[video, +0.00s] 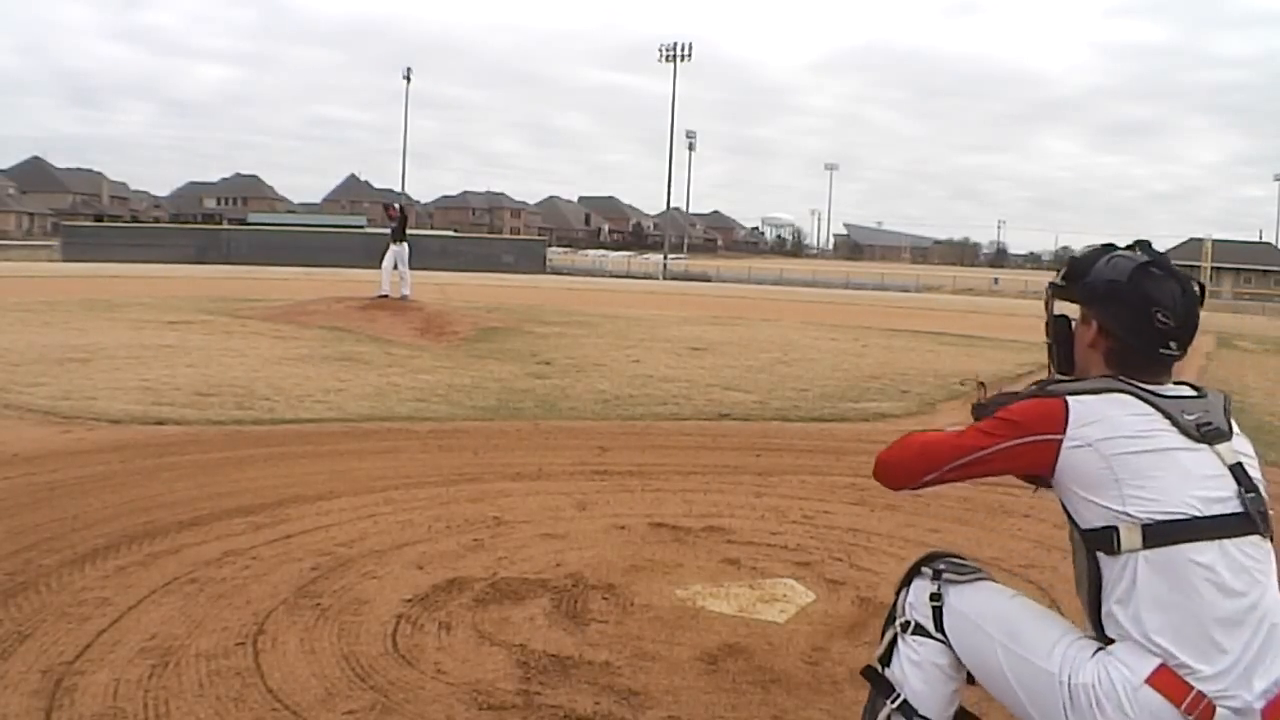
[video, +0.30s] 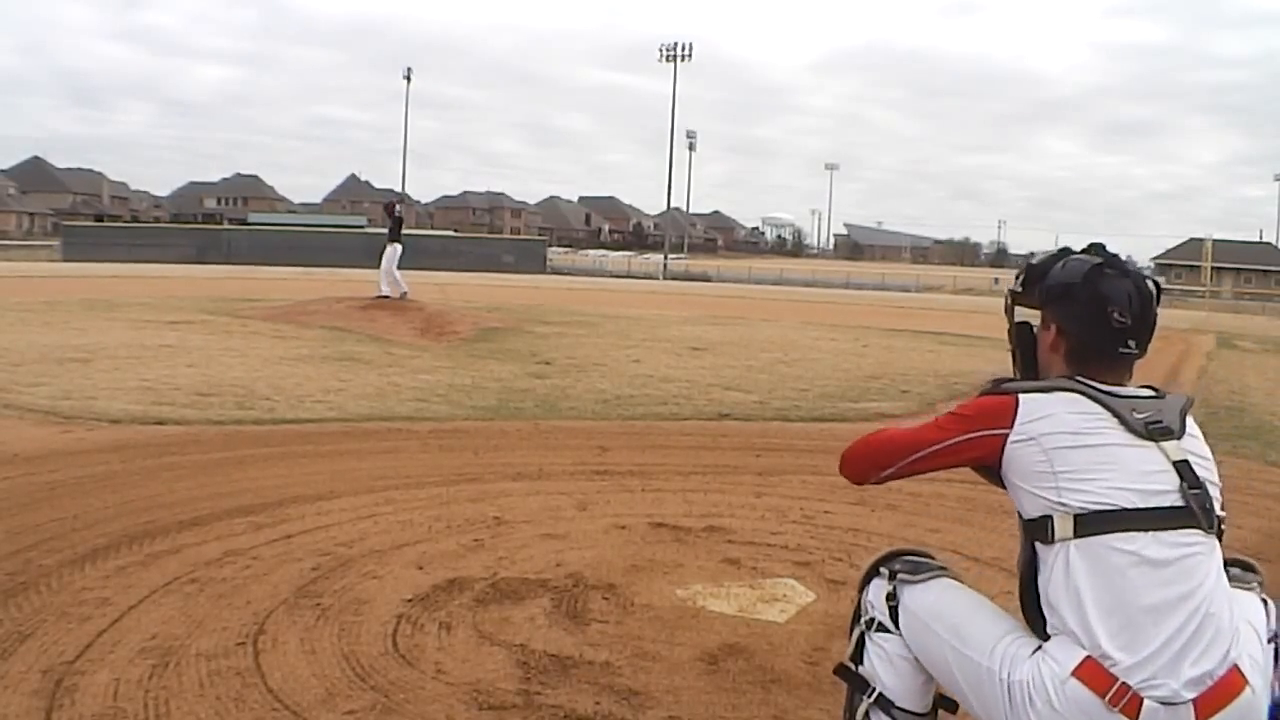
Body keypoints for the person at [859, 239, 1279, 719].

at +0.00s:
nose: (1070, 327)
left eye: (1077, 317)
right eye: (1074, 314)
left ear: (1094, 333)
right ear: (1168, 343)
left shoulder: (1071, 416)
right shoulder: (1221, 416)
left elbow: (892, 467)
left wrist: (991, 423)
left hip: (1158, 703)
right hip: (1261, 703)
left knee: (934, 587)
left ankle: (910, 704)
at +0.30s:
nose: (1035, 335)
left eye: (1039, 323)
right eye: (1038, 322)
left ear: (1055, 337)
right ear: (1133, 345)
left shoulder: (1019, 413)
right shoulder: (1181, 418)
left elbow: (857, 461)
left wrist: (967, 416)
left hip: (1090, 707)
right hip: (1229, 707)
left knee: (893, 584)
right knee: (1238, 572)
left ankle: (888, 709)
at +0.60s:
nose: (1036, 365)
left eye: (1043, 353)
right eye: (1040, 351)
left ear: (1060, 368)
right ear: (1134, 374)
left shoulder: (1035, 452)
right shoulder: (1186, 445)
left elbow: (865, 502)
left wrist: (960, 464)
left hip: (1118, 711)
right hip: (1241, 707)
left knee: (921, 589)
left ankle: (897, 707)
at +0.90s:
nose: (1036, 374)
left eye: (1041, 363)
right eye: (1039, 360)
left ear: (1058, 379)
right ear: (1133, 382)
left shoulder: (1031, 462)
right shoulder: (1185, 457)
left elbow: (858, 511)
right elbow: (1263, 561)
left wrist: (934, 478)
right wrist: (1158, 510)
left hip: (1108, 712)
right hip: (1229, 709)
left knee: (922, 594)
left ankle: (903, 706)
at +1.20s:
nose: (1033, 382)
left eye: (1039, 370)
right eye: (1037, 368)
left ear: (1057, 387)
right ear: (1132, 387)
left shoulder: (1027, 468)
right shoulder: (1196, 473)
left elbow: (882, 527)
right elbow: (1275, 580)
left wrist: (878, 497)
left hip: (1108, 711)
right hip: (1229, 708)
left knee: (927, 597)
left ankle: (906, 706)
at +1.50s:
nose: (1034, 391)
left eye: (1038, 378)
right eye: (1037, 376)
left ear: (1058, 394)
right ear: (1132, 395)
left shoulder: (1027, 473)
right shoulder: (1203, 481)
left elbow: (888, 539)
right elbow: (1277, 590)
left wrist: (873, 507)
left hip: (1108, 715)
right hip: (1230, 711)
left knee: (929, 601)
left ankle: (909, 708)